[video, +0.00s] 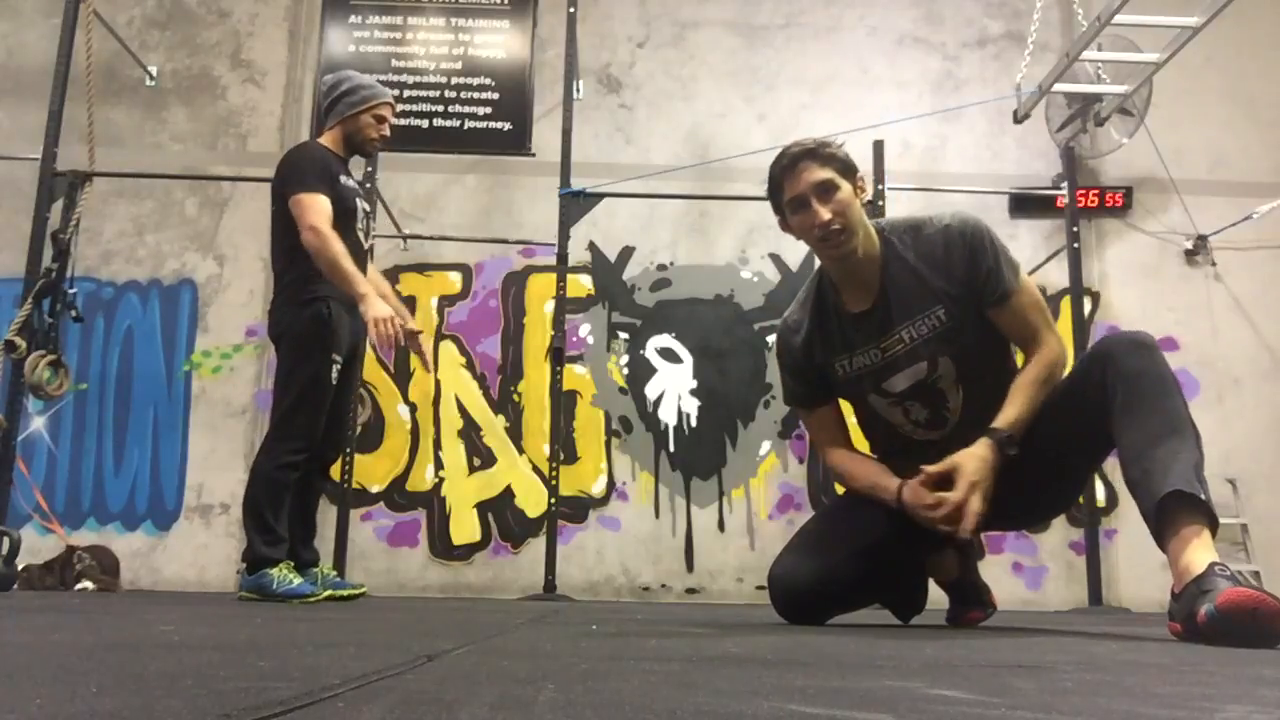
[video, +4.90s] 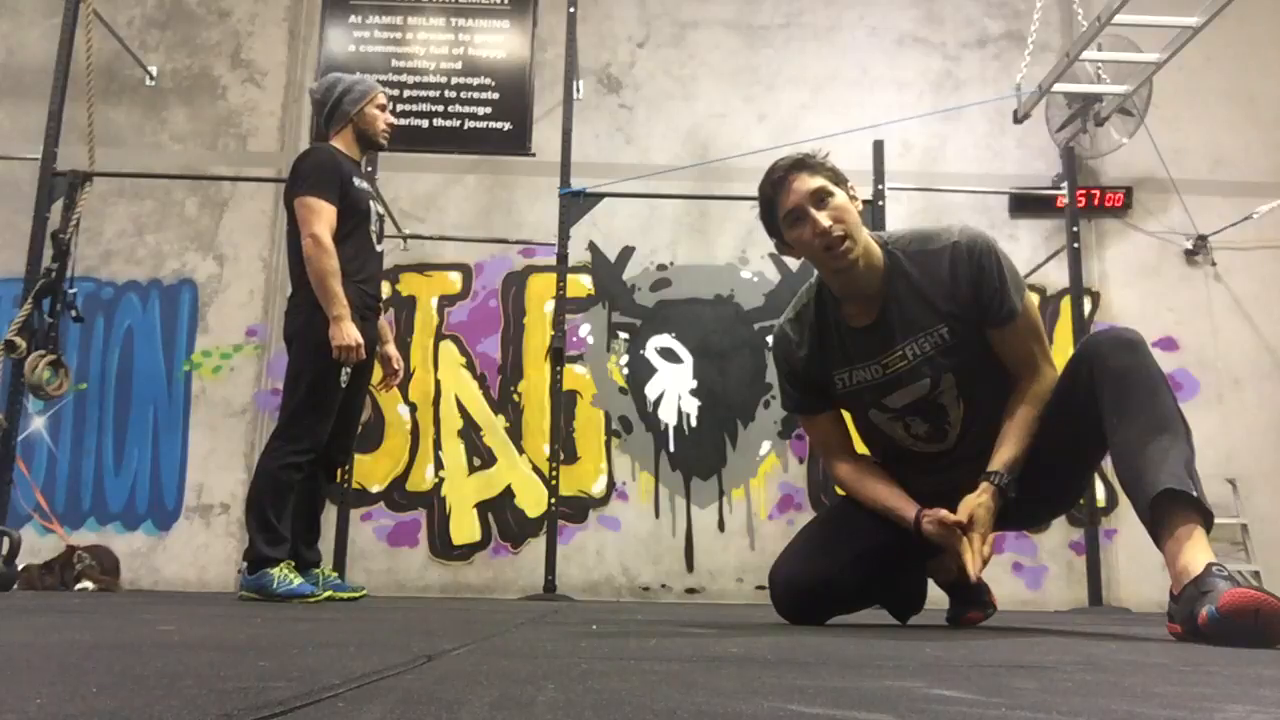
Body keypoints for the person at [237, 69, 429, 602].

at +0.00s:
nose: (386, 131)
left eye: (389, 122)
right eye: (378, 119)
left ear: (360, 120)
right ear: (344, 115)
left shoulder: (344, 176)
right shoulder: (307, 159)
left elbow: (359, 260)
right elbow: (315, 234)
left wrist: (397, 308)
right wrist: (365, 295)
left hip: (342, 319)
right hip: (311, 316)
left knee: (320, 445)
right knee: (291, 440)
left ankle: (301, 564)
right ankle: (263, 566)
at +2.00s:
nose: (389, 115)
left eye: (387, 107)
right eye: (379, 106)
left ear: (359, 116)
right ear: (347, 112)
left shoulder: (354, 175)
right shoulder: (319, 161)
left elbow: (360, 269)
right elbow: (314, 240)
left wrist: (384, 336)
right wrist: (340, 316)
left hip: (348, 330)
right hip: (319, 325)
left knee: (323, 452)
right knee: (295, 442)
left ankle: (302, 564)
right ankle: (263, 566)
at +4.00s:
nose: (387, 117)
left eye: (385, 108)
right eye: (378, 107)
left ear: (357, 116)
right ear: (346, 112)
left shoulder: (353, 175)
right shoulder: (316, 163)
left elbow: (359, 265)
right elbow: (312, 242)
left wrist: (380, 335)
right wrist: (335, 317)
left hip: (348, 327)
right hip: (319, 323)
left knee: (324, 450)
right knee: (296, 441)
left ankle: (302, 564)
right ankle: (262, 566)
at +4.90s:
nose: (390, 118)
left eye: (389, 109)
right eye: (381, 108)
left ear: (364, 118)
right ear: (349, 113)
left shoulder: (356, 176)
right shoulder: (320, 163)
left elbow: (364, 267)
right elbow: (316, 242)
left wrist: (384, 337)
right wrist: (339, 317)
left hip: (351, 327)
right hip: (321, 323)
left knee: (326, 450)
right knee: (298, 440)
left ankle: (303, 563)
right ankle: (263, 566)